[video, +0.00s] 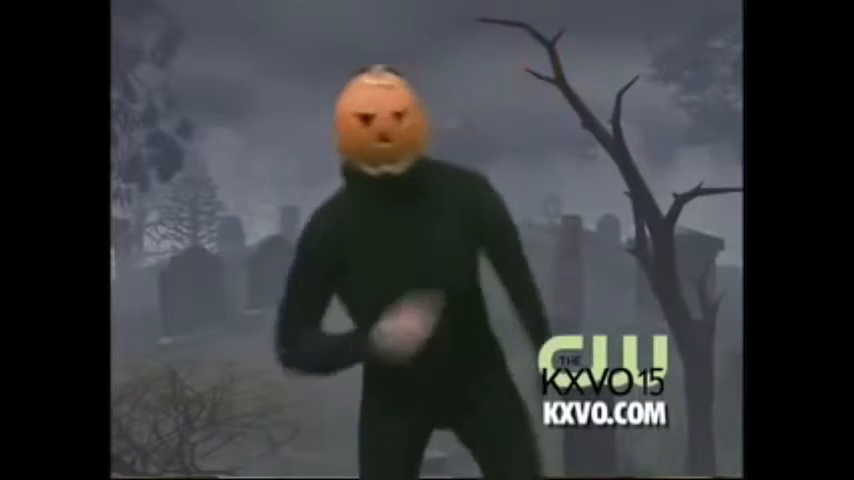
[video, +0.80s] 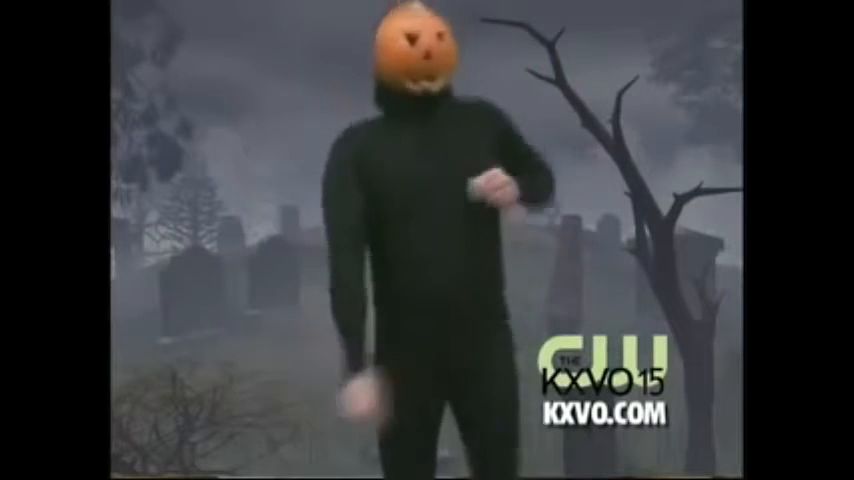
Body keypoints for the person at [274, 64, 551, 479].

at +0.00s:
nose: (384, 130)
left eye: (398, 116)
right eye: (365, 119)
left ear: (419, 123)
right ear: (342, 132)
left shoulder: (466, 193)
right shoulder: (332, 226)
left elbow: (521, 288)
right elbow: (294, 348)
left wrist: (553, 364)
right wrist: (369, 342)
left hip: (478, 383)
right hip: (394, 393)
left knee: (519, 469)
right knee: (382, 471)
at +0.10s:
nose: (363, 96)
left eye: (375, 81)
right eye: (344, 87)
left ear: (396, 86)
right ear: (322, 106)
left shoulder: (440, 152)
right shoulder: (320, 198)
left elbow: (503, 221)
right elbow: (363, 314)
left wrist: (539, 302)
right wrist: (419, 227)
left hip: (474, 356)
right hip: (394, 375)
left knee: (549, 463)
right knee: (388, 471)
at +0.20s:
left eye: (363, 51)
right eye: (339, 88)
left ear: (385, 68)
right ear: (315, 88)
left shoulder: (424, 116)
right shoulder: (316, 159)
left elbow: (471, 185)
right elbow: (379, 242)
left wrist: (509, 256)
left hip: (475, 319)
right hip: (400, 343)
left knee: (577, 412)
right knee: (396, 471)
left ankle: (489, 451)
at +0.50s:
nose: (370, 97)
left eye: (381, 83)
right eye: (350, 88)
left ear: (400, 94)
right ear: (325, 110)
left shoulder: (423, 162)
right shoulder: (326, 200)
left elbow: (452, 242)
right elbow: (385, 272)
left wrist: (501, 302)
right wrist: (482, 192)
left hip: (464, 361)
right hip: (394, 385)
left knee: (581, 373)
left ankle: (536, 474)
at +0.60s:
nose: (396, 81)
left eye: (405, 69)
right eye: (378, 75)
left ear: (424, 93)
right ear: (353, 107)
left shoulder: (447, 149)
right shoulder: (334, 184)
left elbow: (481, 191)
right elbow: (358, 280)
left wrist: (503, 240)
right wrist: (437, 212)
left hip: (466, 352)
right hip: (393, 372)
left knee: (576, 406)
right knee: (389, 470)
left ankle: (527, 475)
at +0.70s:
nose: (414, 38)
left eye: (423, 27)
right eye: (397, 29)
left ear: (441, 47)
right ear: (367, 56)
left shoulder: (469, 115)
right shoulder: (343, 144)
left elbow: (515, 146)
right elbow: (332, 263)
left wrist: (513, 187)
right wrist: (398, 281)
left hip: (479, 339)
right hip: (398, 353)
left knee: (536, 457)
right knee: (398, 471)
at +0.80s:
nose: (427, 44)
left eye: (438, 32)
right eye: (410, 34)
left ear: (453, 48)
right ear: (382, 56)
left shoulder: (482, 122)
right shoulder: (357, 148)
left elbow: (541, 181)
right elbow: (346, 265)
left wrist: (517, 187)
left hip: (484, 344)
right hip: (405, 350)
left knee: (499, 468)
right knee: (408, 471)